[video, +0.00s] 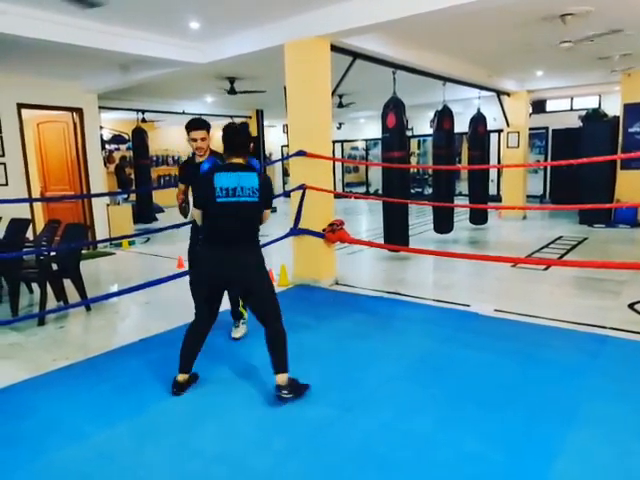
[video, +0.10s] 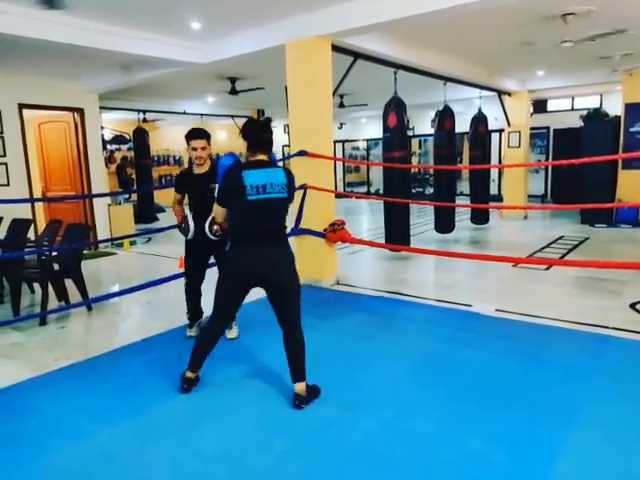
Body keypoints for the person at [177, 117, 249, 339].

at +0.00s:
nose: (199, 145)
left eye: (202, 140)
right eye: (194, 141)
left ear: (210, 139)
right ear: (189, 141)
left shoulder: (222, 161)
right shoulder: (186, 166)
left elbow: (234, 187)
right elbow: (182, 192)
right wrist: (182, 203)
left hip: (225, 220)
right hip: (199, 223)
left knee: (231, 268)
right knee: (198, 273)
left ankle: (239, 317)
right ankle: (203, 315)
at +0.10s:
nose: (198, 154)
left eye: (202, 149)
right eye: (194, 149)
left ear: (210, 149)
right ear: (188, 151)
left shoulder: (222, 173)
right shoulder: (184, 177)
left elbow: (233, 200)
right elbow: (177, 203)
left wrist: (224, 222)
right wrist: (181, 221)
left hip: (222, 234)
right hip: (196, 236)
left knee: (229, 279)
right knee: (192, 282)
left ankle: (230, 320)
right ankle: (194, 319)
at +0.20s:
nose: (202, 157)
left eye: (206, 152)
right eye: (197, 153)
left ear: (212, 152)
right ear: (190, 154)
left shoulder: (224, 177)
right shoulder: (184, 181)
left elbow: (239, 202)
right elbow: (174, 208)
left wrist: (227, 221)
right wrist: (182, 226)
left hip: (221, 235)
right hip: (196, 237)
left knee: (230, 282)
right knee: (192, 283)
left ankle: (228, 319)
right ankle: (196, 319)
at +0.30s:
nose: (210, 150)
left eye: (213, 145)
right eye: (205, 146)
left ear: (217, 145)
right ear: (195, 147)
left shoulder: (227, 169)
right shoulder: (187, 174)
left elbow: (239, 191)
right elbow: (175, 203)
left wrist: (234, 210)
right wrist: (191, 217)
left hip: (227, 231)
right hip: (200, 232)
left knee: (239, 277)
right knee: (194, 280)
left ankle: (235, 316)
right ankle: (196, 320)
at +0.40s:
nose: (222, 148)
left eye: (224, 143)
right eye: (216, 143)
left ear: (227, 142)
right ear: (204, 143)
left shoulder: (233, 165)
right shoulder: (194, 169)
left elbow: (242, 194)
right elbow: (181, 203)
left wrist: (244, 191)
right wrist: (208, 208)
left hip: (232, 226)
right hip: (205, 229)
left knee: (249, 271)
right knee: (198, 277)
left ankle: (254, 319)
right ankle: (194, 321)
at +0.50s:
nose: (233, 159)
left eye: (235, 154)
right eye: (227, 155)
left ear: (239, 154)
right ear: (214, 155)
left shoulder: (243, 177)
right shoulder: (203, 181)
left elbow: (248, 201)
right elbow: (192, 216)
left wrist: (247, 213)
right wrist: (222, 218)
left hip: (238, 239)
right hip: (210, 241)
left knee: (257, 284)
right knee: (200, 286)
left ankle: (274, 329)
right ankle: (193, 325)